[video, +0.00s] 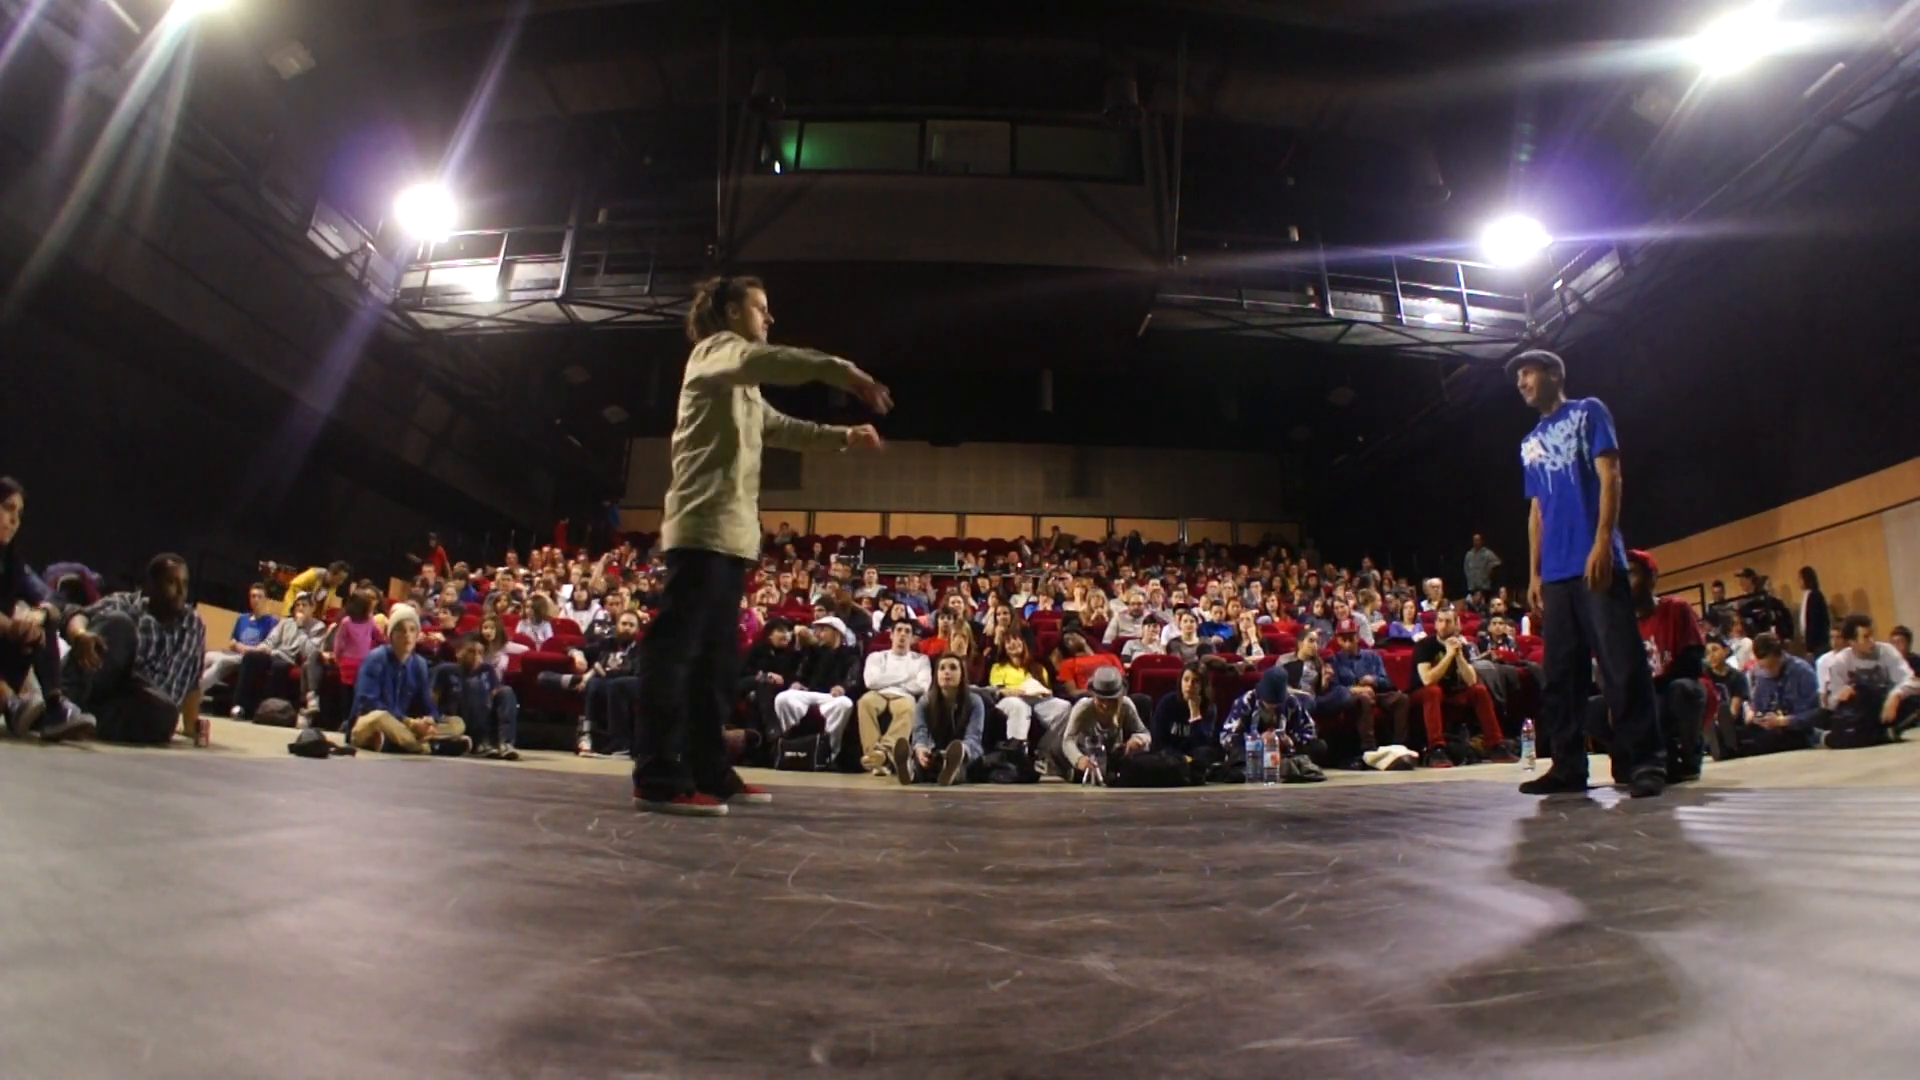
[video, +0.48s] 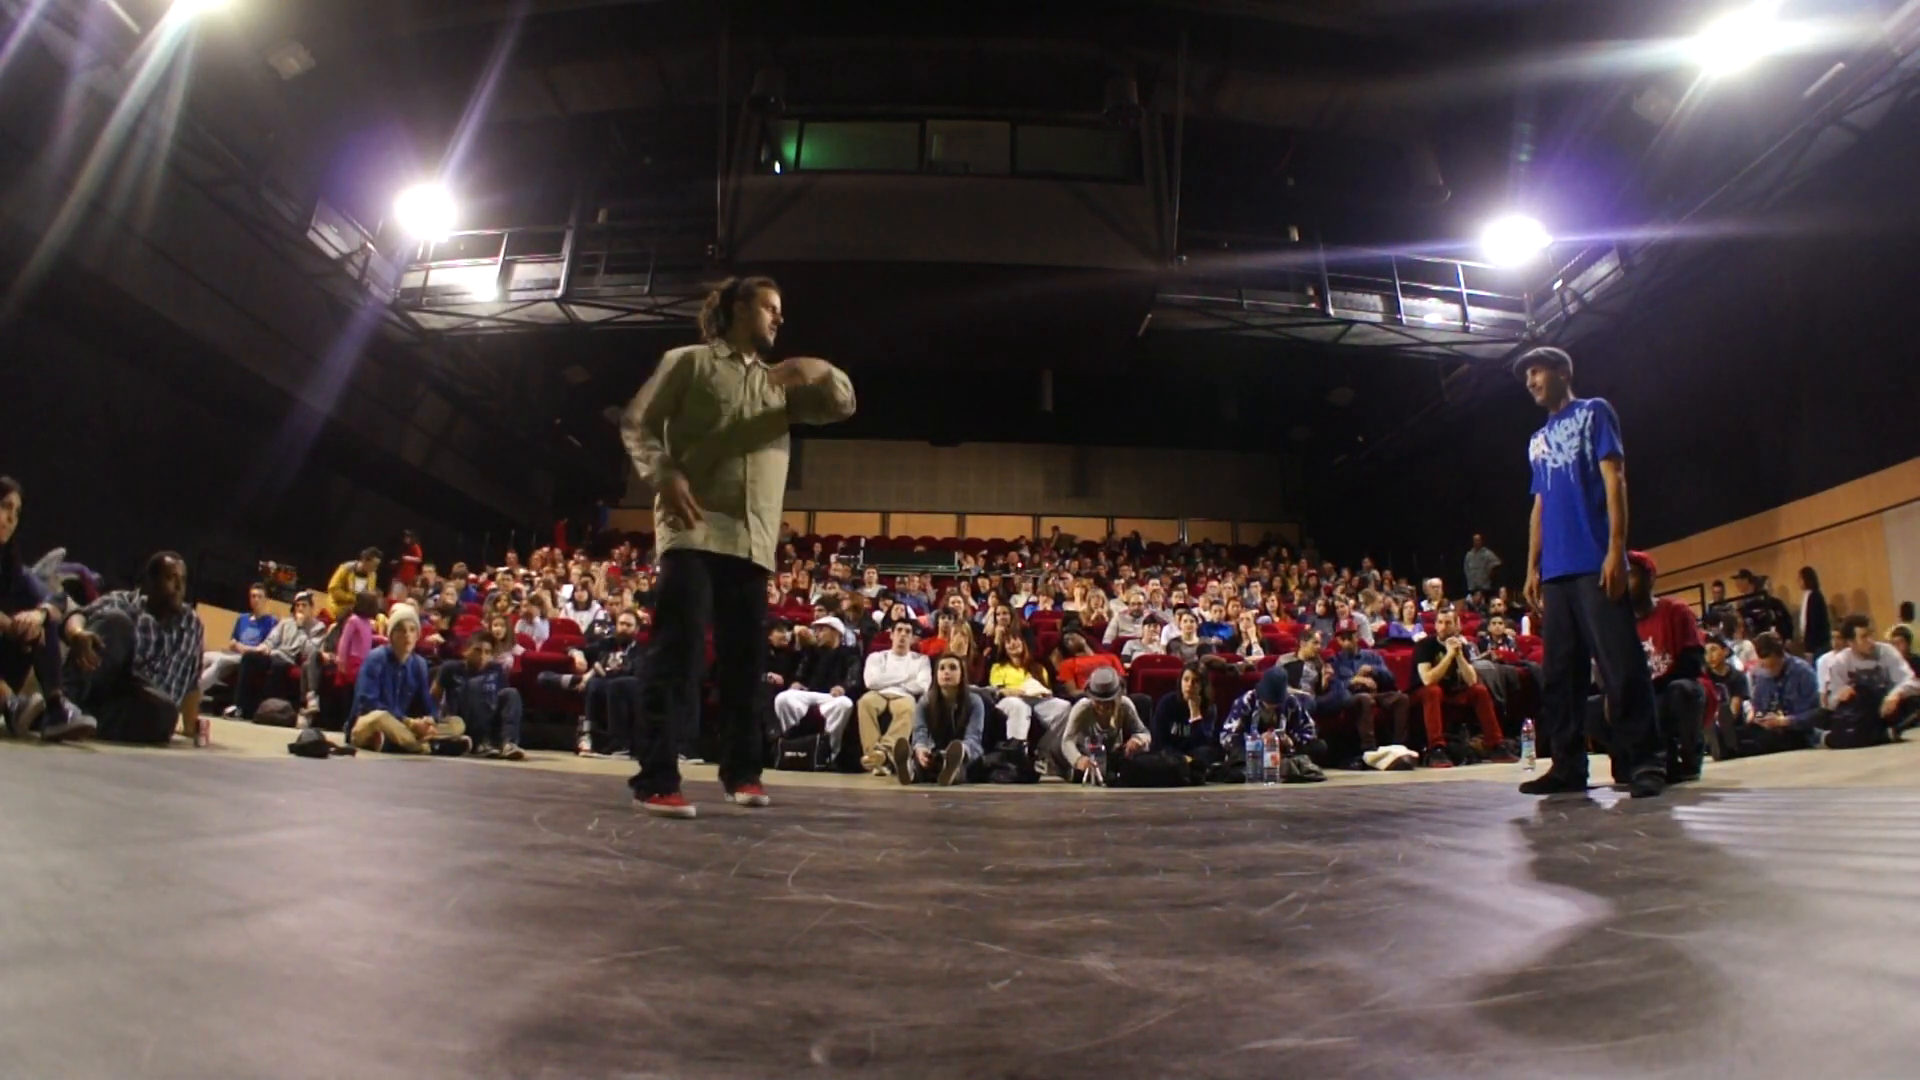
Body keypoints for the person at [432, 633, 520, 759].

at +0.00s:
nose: (475, 657)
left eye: (480, 653)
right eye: (471, 652)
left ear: (483, 656)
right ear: (459, 653)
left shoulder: (487, 670)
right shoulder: (444, 670)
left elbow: (495, 690)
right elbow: (434, 696)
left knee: (506, 692)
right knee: (473, 685)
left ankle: (506, 743)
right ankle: (481, 742)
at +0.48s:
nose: (482, 657)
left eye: (487, 652)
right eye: (478, 651)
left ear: (491, 655)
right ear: (466, 651)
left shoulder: (496, 670)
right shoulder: (450, 669)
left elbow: (503, 695)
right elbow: (434, 696)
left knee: (511, 694)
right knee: (473, 685)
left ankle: (509, 743)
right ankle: (482, 742)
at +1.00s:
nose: (479, 658)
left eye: (484, 653)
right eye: (475, 652)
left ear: (488, 654)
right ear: (467, 652)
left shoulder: (492, 669)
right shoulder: (451, 664)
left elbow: (500, 695)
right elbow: (438, 697)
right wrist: (432, 721)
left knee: (507, 693)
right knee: (473, 684)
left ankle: (507, 743)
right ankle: (482, 742)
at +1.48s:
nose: (478, 659)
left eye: (483, 655)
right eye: (474, 654)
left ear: (488, 655)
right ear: (466, 653)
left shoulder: (491, 670)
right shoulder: (451, 664)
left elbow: (501, 693)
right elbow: (438, 697)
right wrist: (432, 722)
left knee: (508, 694)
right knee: (473, 684)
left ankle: (507, 743)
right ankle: (483, 742)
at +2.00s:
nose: (478, 660)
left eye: (483, 655)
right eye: (474, 654)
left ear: (488, 655)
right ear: (464, 652)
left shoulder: (492, 669)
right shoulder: (450, 665)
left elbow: (498, 695)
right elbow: (438, 698)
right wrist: (430, 722)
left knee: (509, 694)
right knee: (471, 689)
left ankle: (507, 743)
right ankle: (482, 742)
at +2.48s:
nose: (479, 659)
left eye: (484, 654)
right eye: (474, 654)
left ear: (487, 654)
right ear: (465, 653)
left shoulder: (491, 669)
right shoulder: (451, 665)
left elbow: (498, 695)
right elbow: (438, 697)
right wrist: (431, 721)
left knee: (511, 694)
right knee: (478, 698)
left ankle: (508, 743)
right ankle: (483, 742)